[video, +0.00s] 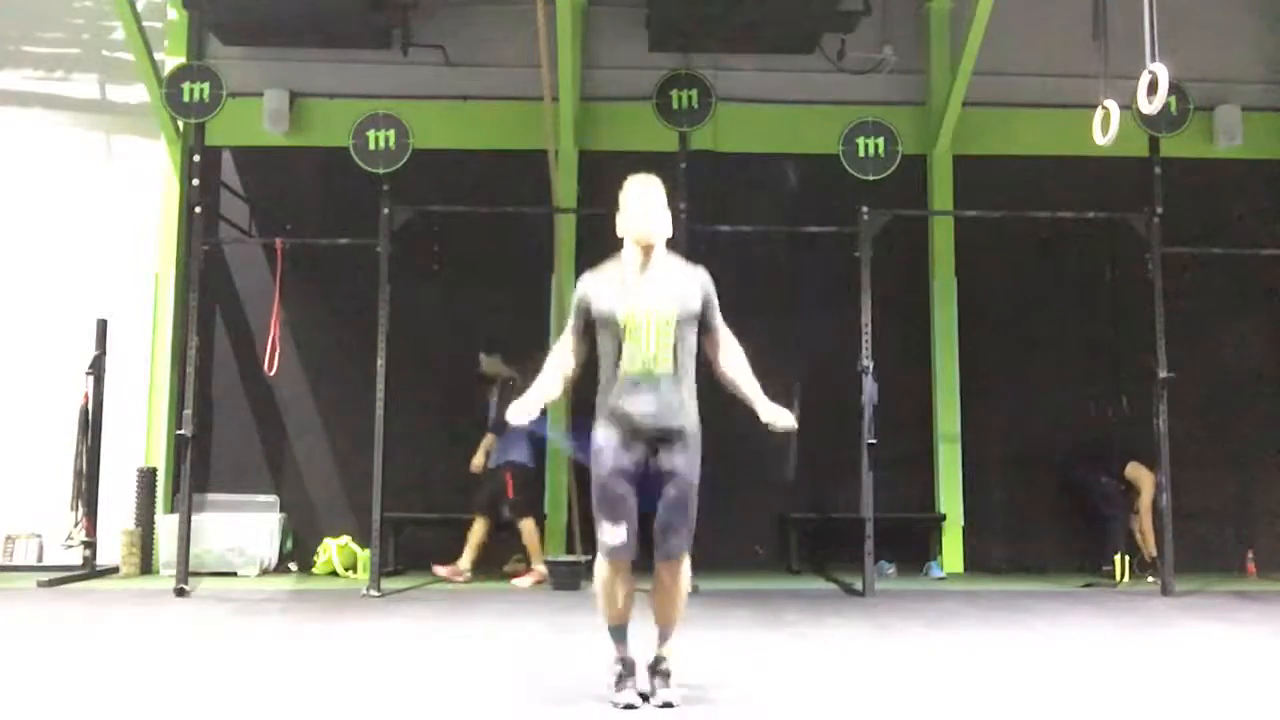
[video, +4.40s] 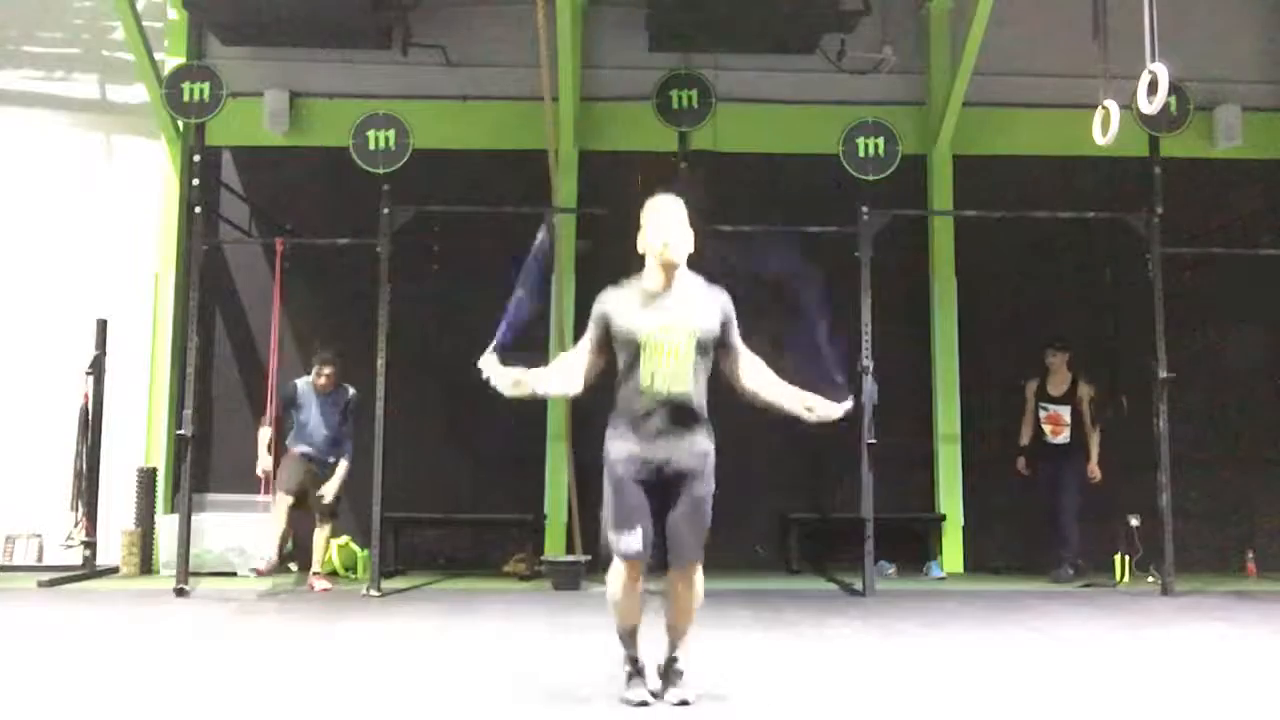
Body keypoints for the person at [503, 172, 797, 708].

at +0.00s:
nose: (649, 219)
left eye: (657, 209)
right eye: (639, 210)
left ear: (669, 217)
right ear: (621, 218)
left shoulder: (694, 281)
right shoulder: (594, 286)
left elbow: (725, 353)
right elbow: (567, 355)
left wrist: (763, 405)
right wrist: (534, 399)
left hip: (678, 433)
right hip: (616, 433)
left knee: (672, 551)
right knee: (615, 548)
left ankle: (661, 660)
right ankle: (620, 658)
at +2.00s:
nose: (652, 167)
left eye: (660, 159)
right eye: (642, 160)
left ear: (676, 171)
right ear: (626, 173)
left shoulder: (701, 237)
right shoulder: (600, 238)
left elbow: (723, 306)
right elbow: (575, 309)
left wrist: (758, 363)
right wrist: (536, 358)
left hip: (683, 379)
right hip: (621, 379)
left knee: (677, 497)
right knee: (625, 492)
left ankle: (665, 608)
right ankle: (624, 602)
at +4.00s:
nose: (661, 189)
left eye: (669, 180)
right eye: (652, 180)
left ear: (686, 191)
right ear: (637, 193)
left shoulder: (712, 257)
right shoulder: (611, 256)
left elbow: (738, 331)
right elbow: (581, 332)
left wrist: (776, 390)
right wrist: (538, 380)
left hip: (695, 403)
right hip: (632, 402)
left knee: (688, 519)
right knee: (629, 518)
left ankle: (677, 630)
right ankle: (634, 632)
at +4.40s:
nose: (672, 237)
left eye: (679, 227)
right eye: (662, 227)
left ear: (691, 236)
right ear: (642, 237)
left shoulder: (714, 302)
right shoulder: (613, 302)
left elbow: (744, 370)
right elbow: (577, 370)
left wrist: (806, 403)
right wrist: (525, 379)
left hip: (692, 447)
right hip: (629, 445)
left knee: (686, 565)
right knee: (630, 558)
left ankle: (673, 665)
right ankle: (631, 665)